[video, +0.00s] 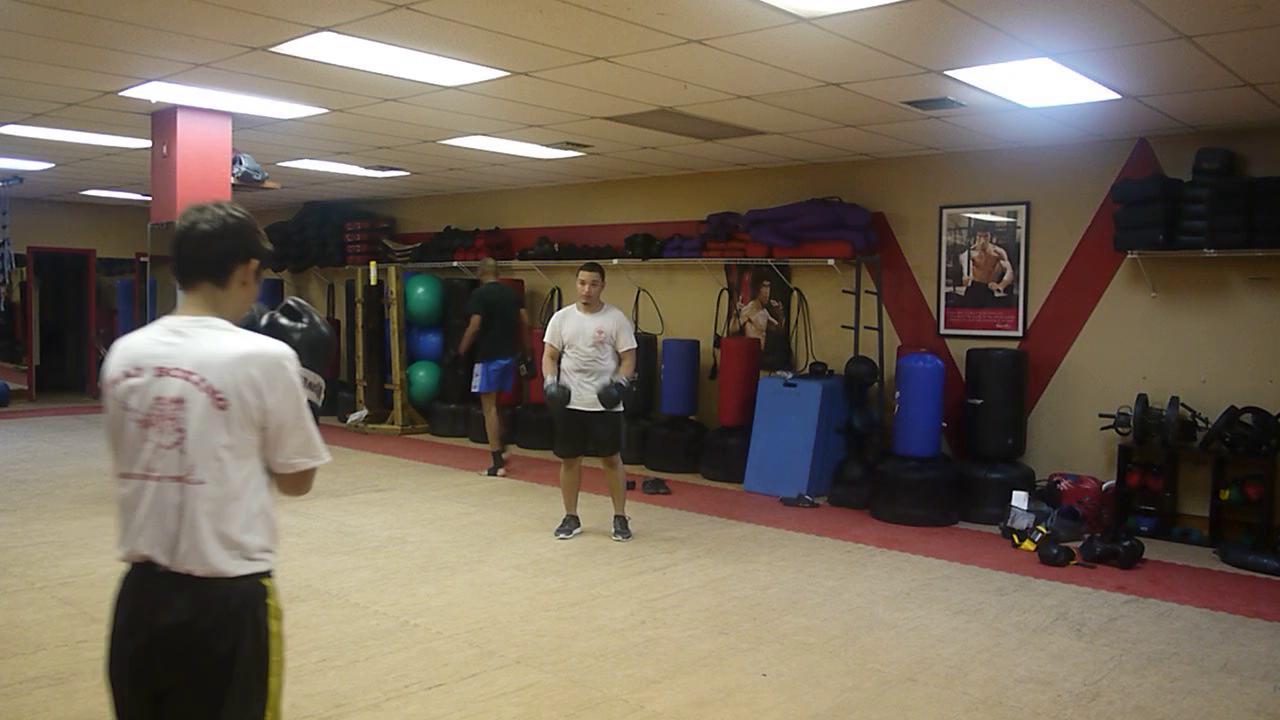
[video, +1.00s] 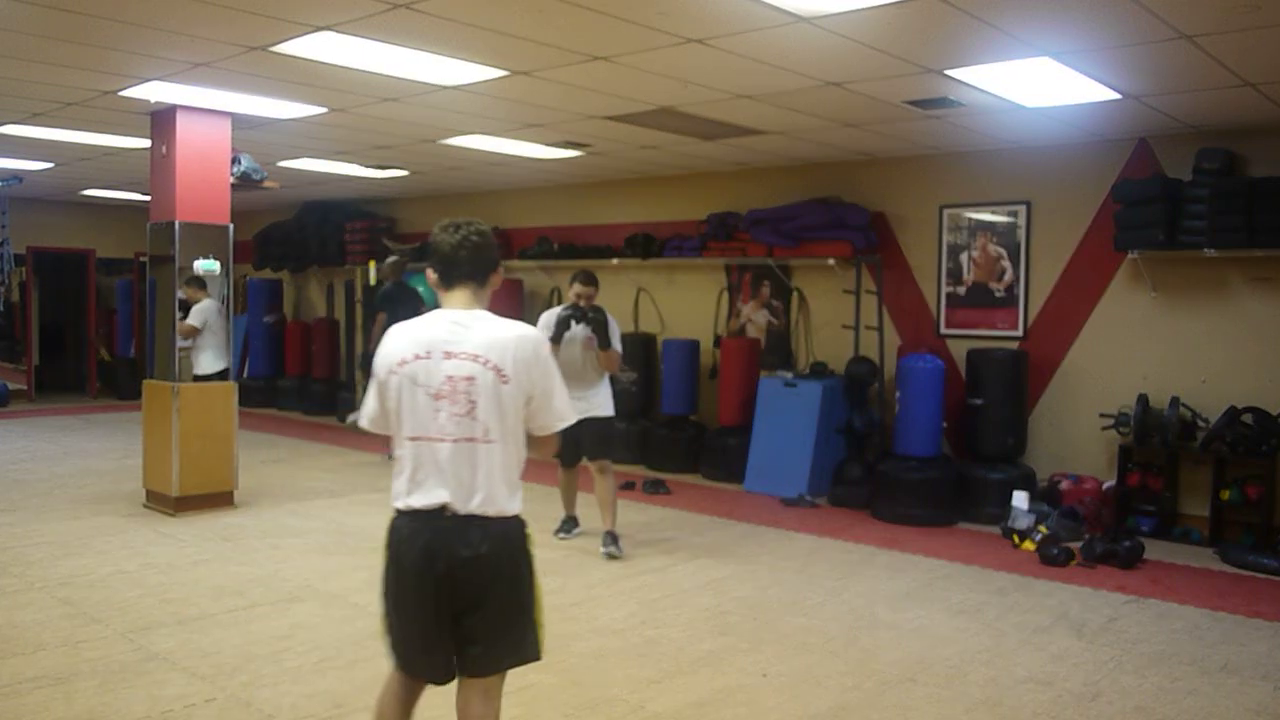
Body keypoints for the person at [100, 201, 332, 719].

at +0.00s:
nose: (257, 290)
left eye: (260, 277)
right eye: (258, 276)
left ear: (180, 269)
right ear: (244, 273)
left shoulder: (123, 355)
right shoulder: (264, 358)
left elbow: (130, 461)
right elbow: (297, 480)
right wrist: (292, 381)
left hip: (142, 600)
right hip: (232, 609)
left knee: (143, 713)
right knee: (236, 712)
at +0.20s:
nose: (303, 288)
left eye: (304, 276)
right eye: (303, 276)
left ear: (226, 281)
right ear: (292, 276)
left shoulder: (182, 359)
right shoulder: (321, 354)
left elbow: (195, 473)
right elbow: (349, 461)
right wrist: (342, 362)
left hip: (204, 584)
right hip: (287, 592)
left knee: (203, 711)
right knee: (288, 710)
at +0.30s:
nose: (323, 281)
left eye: (324, 271)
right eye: (324, 270)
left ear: (254, 272)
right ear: (315, 269)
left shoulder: (209, 351)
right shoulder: (345, 345)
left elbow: (227, 447)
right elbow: (366, 447)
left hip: (228, 570)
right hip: (311, 579)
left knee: (227, 710)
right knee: (317, 710)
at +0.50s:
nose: (374, 277)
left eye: (372, 267)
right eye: (373, 267)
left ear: (302, 272)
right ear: (366, 268)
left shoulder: (260, 343)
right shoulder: (392, 342)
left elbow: (266, 432)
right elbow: (399, 441)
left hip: (271, 554)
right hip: (356, 560)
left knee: (299, 707)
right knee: (394, 702)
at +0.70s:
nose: (427, 281)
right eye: (426, 272)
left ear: (358, 273)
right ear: (421, 273)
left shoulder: (315, 340)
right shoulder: (444, 342)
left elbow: (319, 432)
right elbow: (445, 448)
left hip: (323, 548)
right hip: (407, 551)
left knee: (332, 701)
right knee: (438, 690)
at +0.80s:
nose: (453, 277)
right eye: (453, 269)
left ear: (388, 273)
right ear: (447, 272)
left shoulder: (346, 339)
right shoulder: (475, 341)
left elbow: (336, 431)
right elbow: (483, 448)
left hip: (358, 545)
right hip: (440, 548)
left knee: (361, 694)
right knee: (459, 691)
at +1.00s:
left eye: (432, 271)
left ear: (433, 277)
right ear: (494, 277)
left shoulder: (398, 338)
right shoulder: (523, 341)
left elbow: (387, 435)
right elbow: (546, 443)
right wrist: (488, 425)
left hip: (414, 539)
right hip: (493, 541)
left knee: (408, 673)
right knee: (483, 685)